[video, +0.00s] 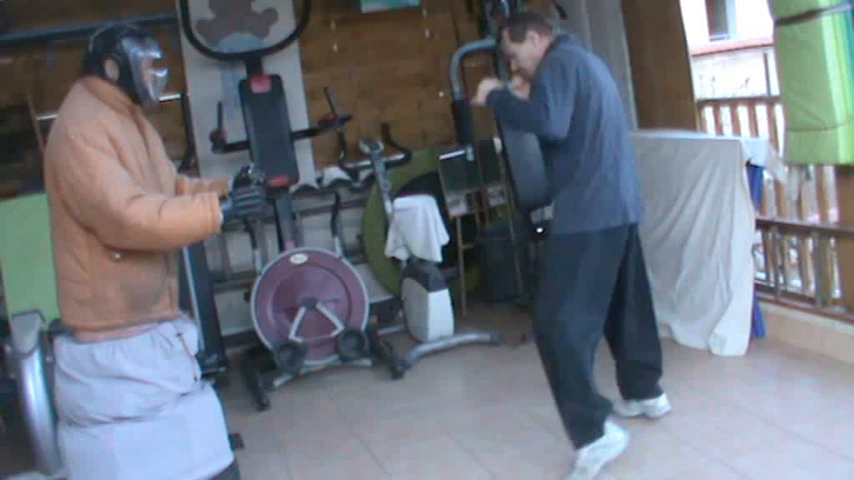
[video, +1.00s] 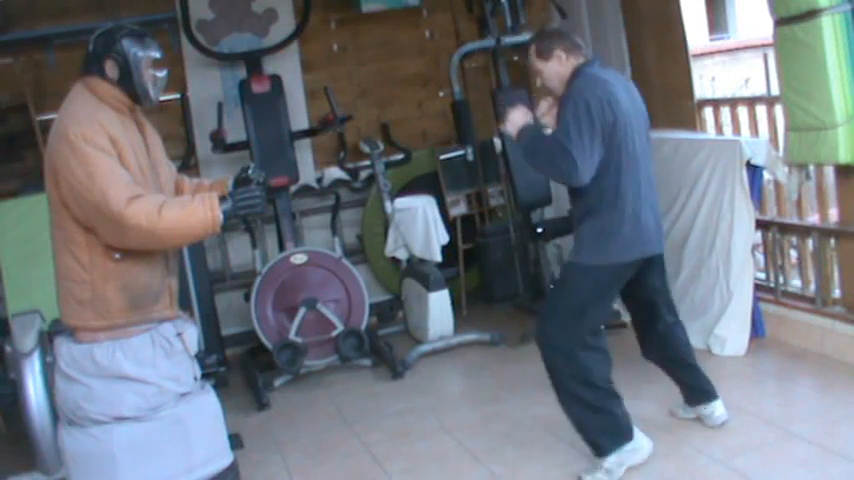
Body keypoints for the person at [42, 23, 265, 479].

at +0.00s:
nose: (154, 74)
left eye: (154, 63)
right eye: (144, 63)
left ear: (117, 68)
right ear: (111, 65)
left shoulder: (130, 117)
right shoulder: (80, 128)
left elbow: (168, 187)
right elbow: (125, 218)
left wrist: (228, 185)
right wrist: (217, 211)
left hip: (152, 319)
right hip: (109, 331)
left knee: (182, 449)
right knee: (130, 459)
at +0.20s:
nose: (154, 75)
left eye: (154, 64)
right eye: (144, 64)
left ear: (117, 68)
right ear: (111, 66)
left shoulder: (131, 117)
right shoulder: (80, 127)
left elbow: (168, 187)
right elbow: (125, 218)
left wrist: (226, 186)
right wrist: (218, 211)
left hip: (152, 318)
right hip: (109, 331)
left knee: (184, 449)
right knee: (131, 459)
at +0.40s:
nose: (154, 74)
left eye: (154, 64)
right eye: (144, 64)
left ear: (117, 68)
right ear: (111, 66)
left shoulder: (131, 118)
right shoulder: (79, 128)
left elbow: (168, 187)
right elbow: (125, 218)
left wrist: (226, 186)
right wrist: (218, 210)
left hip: (152, 317)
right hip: (109, 330)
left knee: (183, 447)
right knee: (131, 457)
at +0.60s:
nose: (153, 74)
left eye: (153, 63)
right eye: (143, 63)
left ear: (117, 68)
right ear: (111, 66)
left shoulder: (131, 118)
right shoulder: (79, 128)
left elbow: (168, 187)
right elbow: (126, 218)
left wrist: (227, 186)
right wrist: (218, 210)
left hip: (152, 316)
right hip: (109, 329)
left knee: (183, 446)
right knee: (132, 457)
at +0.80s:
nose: (153, 74)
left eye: (153, 64)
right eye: (144, 64)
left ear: (117, 68)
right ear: (111, 66)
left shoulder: (131, 118)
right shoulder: (79, 128)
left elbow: (168, 187)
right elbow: (125, 218)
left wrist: (226, 186)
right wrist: (218, 210)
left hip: (152, 316)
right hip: (109, 328)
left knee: (183, 445)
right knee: (131, 457)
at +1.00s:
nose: (153, 74)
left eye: (153, 63)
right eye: (144, 64)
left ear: (117, 68)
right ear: (111, 66)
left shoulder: (131, 118)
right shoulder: (79, 128)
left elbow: (168, 187)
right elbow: (125, 218)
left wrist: (226, 186)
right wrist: (218, 210)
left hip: (152, 317)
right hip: (109, 329)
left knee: (184, 446)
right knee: (132, 457)